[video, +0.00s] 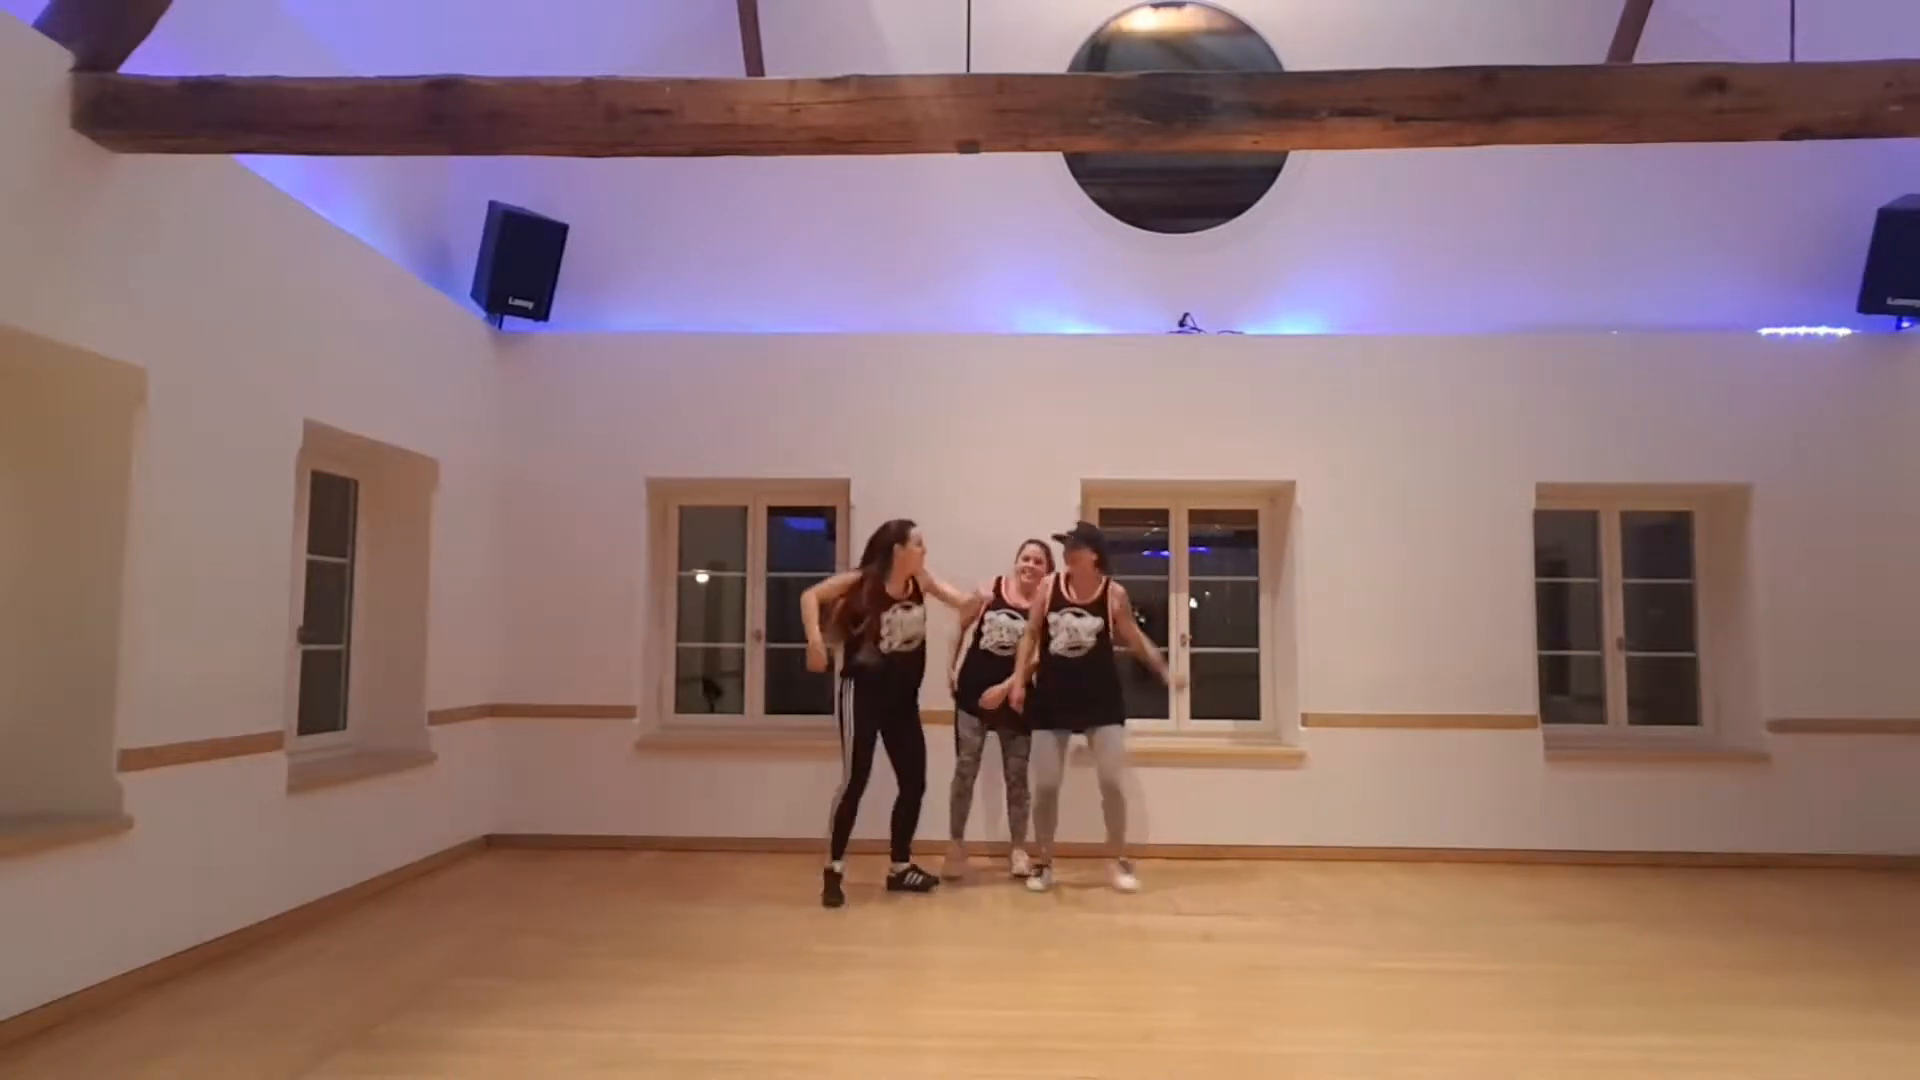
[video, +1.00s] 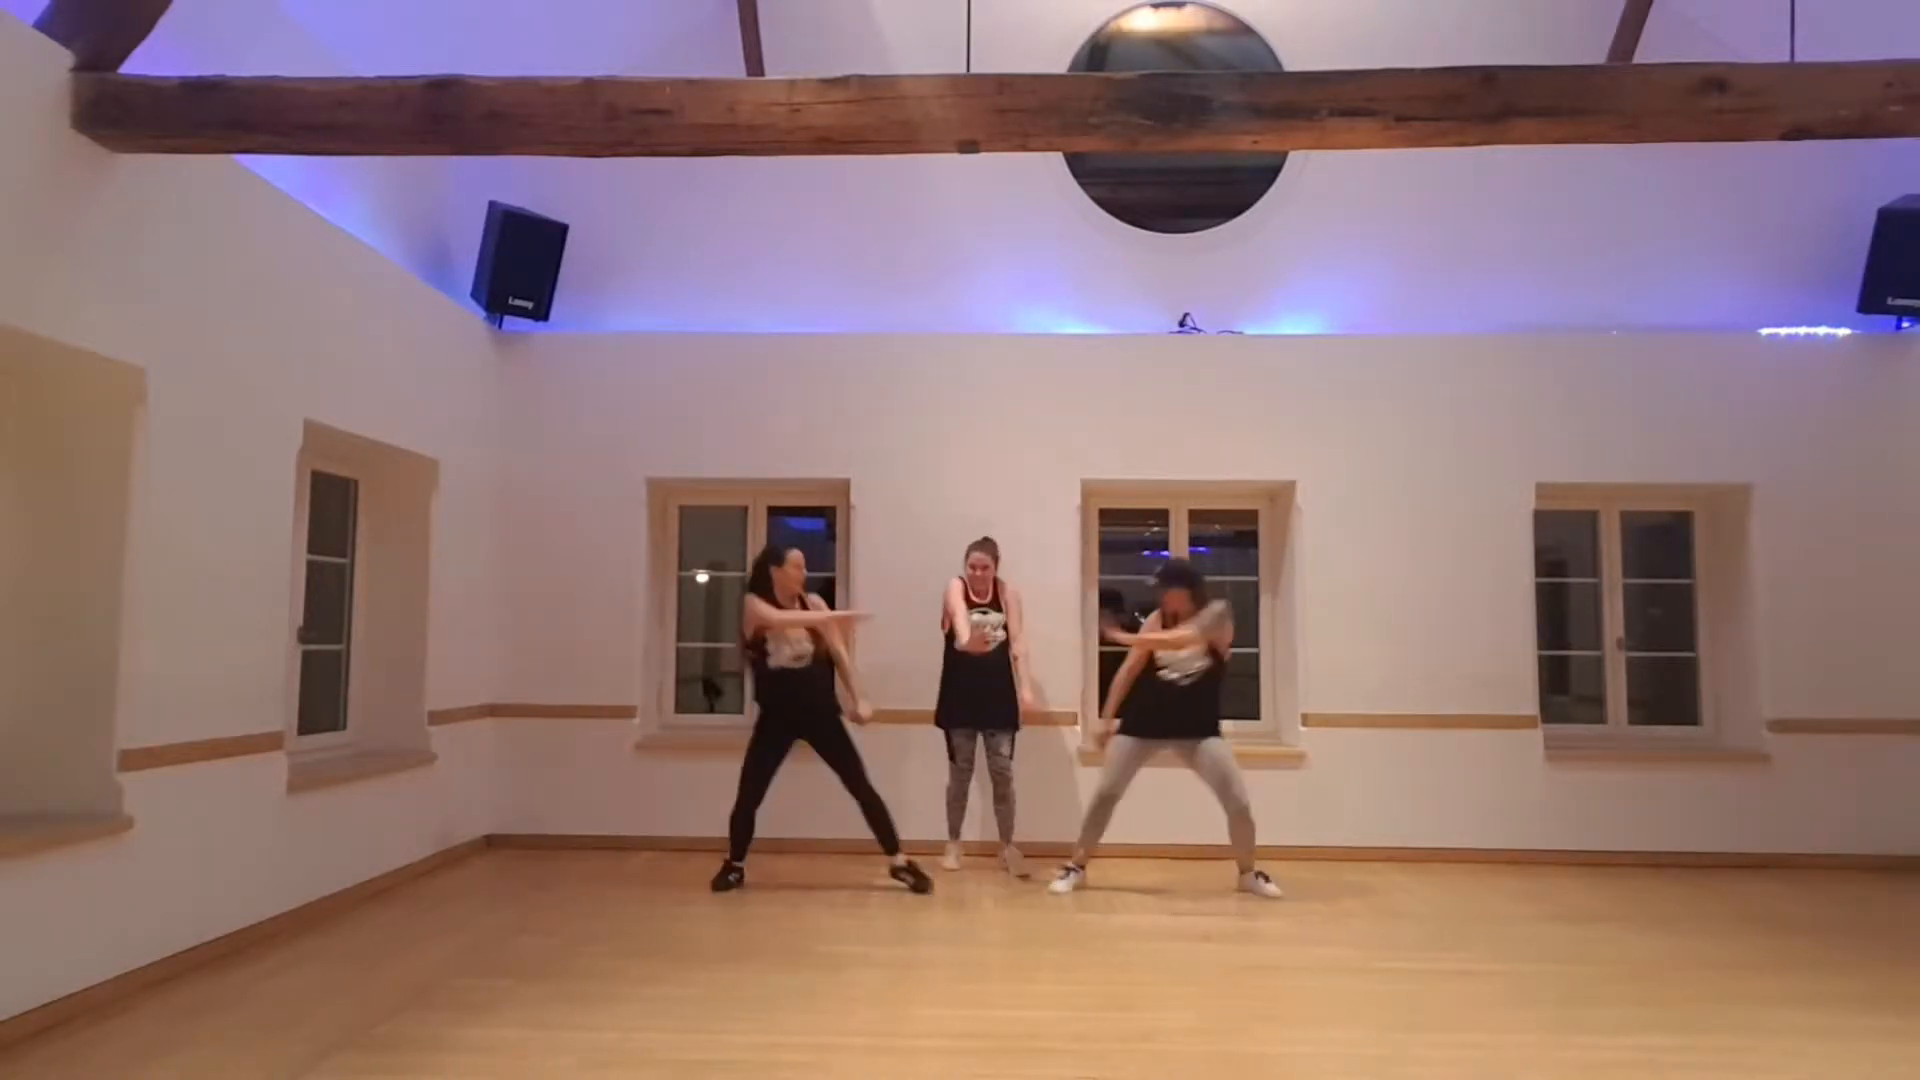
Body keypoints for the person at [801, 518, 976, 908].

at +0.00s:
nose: (924, 550)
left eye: (923, 544)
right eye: (918, 544)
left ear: (909, 551)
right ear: (896, 550)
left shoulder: (919, 584)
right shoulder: (863, 582)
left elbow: (964, 603)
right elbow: (810, 597)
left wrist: (972, 602)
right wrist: (815, 644)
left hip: (900, 697)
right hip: (859, 693)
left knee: (913, 782)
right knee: (855, 778)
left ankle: (900, 868)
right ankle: (834, 869)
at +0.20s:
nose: (924, 569)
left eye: (923, 563)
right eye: (918, 563)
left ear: (907, 568)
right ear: (895, 567)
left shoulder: (924, 597)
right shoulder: (863, 602)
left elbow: (954, 633)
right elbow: (829, 636)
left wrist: (983, 676)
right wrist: (827, 637)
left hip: (912, 711)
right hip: (870, 711)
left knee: (927, 793)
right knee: (869, 792)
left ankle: (903, 869)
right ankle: (847, 865)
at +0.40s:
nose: (932, 579)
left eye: (932, 573)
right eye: (926, 572)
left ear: (911, 577)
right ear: (903, 575)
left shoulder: (925, 622)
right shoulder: (863, 604)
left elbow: (942, 670)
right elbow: (819, 624)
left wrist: (949, 716)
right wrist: (842, 618)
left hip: (898, 717)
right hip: (857, 713)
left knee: (923, 792)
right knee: (851, 794)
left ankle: (902, 869)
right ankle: (848, 867)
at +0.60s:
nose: (895, 549)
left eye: (895, 543)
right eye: (888, 544)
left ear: (887, 551)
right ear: (865, 550)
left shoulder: (903, 590)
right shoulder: (838, 586)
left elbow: (916, 636)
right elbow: (820, 616)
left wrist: (920, 682)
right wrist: (871, 608)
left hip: (885, 698)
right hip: (842, 696)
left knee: (904, 779)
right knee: (813, 772)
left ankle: (905, 864)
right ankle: (795, 846)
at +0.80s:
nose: (845, 581)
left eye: (845, 575)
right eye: (838, 576)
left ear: (844, 581)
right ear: (818, 582)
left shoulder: (853, 617)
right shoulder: (799, 614)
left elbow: (875, 660)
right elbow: (839, 625)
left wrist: (901, 698)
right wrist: (889, 623)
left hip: (868, 722)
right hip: (824, 724)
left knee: (904, 794)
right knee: (780, 800)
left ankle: (911, 868)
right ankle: (736, 862)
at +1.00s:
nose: (803, 575)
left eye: (804, 568)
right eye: (797, 568)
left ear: (801, 572)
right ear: (774, 571)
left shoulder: (815, 604)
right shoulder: (753, 603)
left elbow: (838, 651)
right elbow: (775, 620)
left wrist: (858, 698)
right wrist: (832, 618)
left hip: (820, 714)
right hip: (777, 717)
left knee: (860, 786)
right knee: (748, 797)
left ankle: (898, 861)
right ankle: (734, 865)